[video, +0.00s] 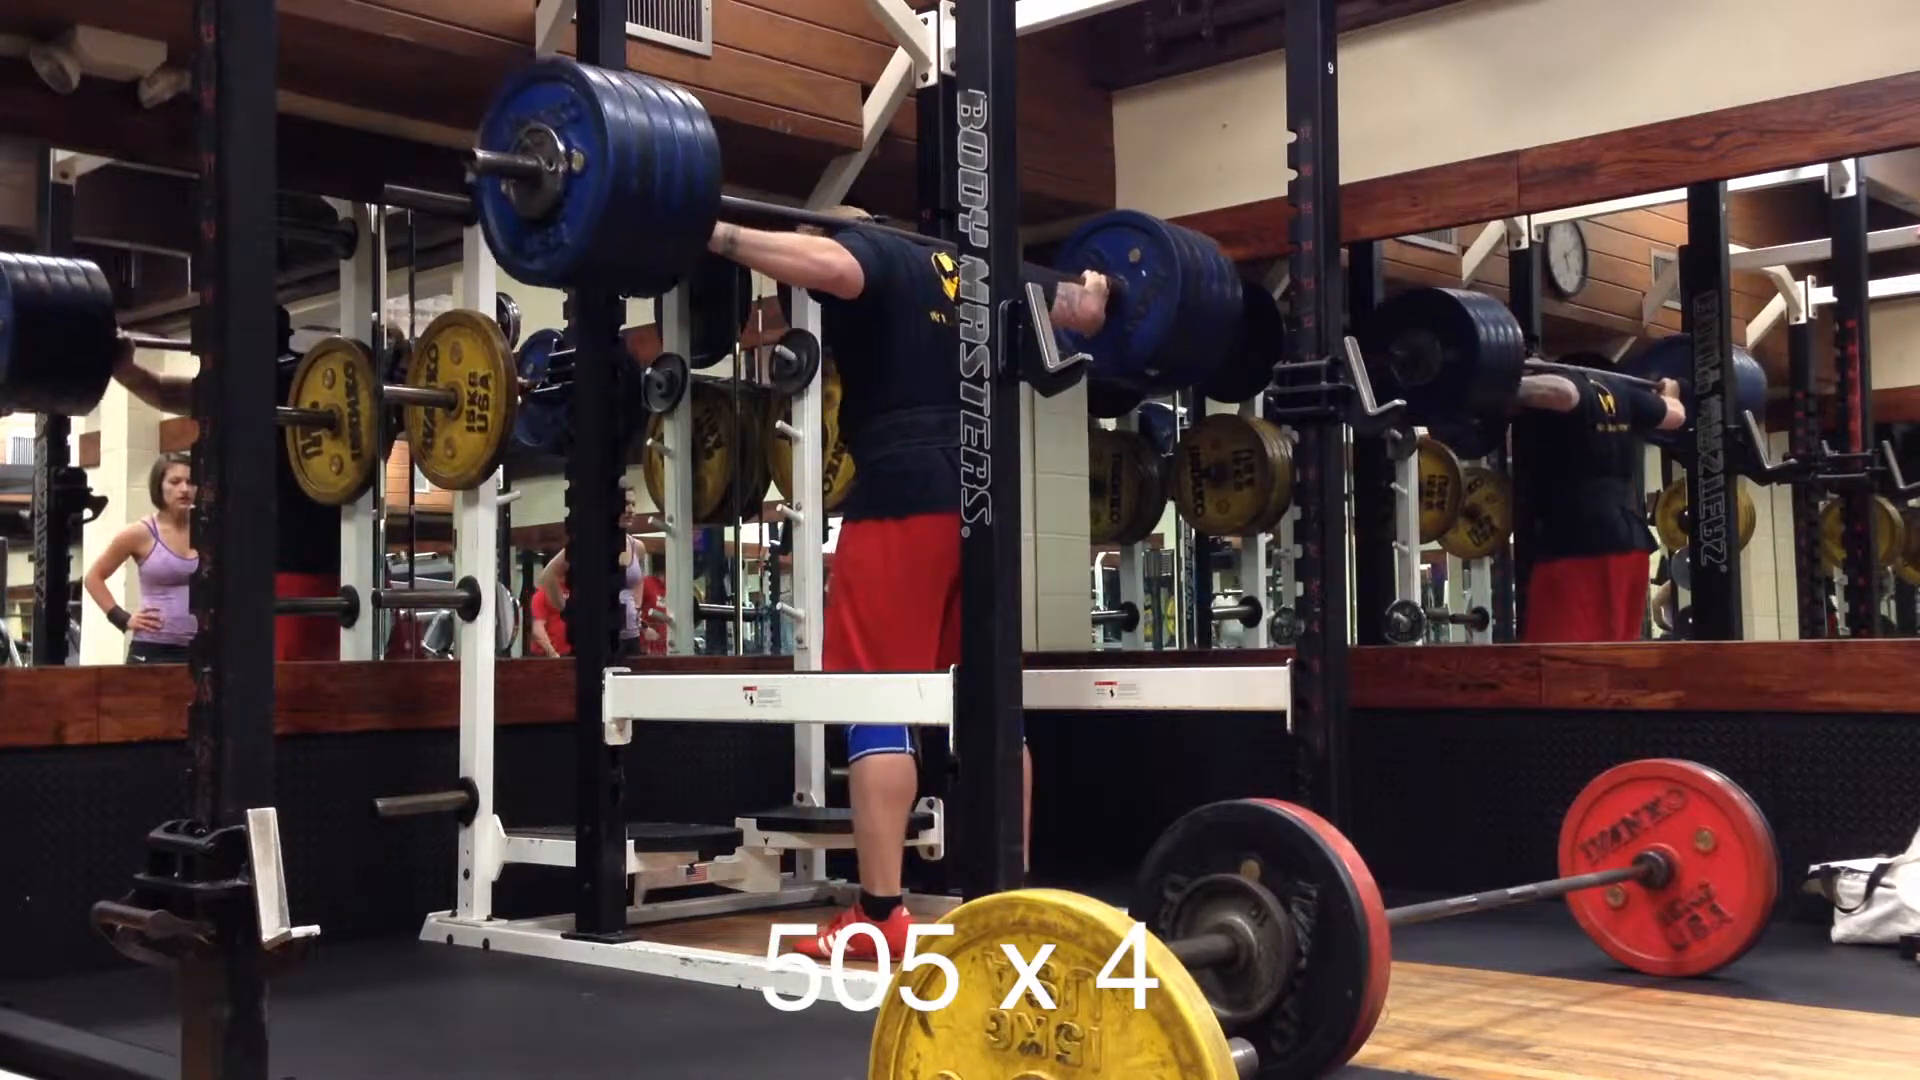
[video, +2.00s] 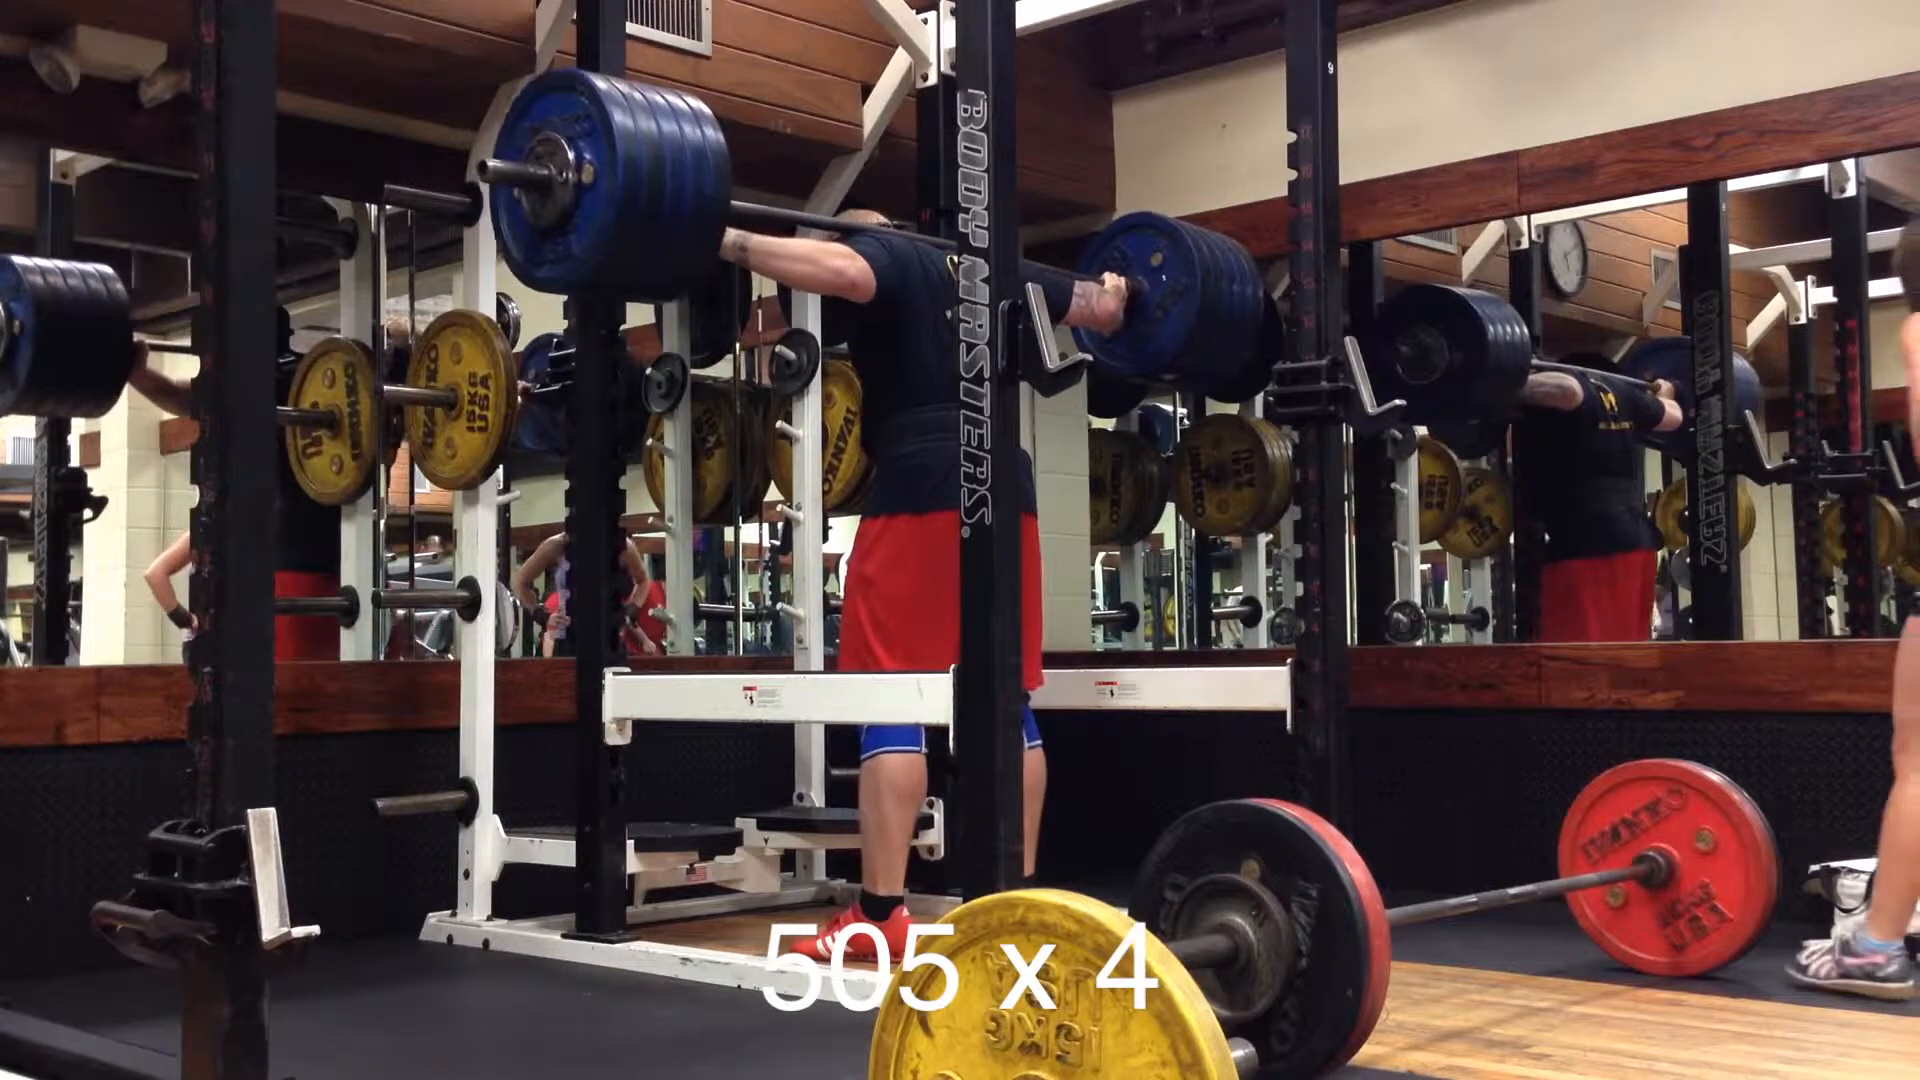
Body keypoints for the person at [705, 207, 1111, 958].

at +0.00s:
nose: (822, 249)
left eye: (822, 239)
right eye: (819, 241)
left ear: (846, 231)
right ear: (906, 223)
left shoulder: (876, 246)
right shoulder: (983, 270)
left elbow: (836, 268)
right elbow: (1081, 309)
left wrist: (720, 235)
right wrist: (1092, 296)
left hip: (907, 500)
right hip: (998, 498)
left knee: (877, 706)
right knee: (994, 706)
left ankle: (880, 911)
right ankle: (1010, 895)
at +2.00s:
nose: (835, 254)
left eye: (833, 245)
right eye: (833, 247)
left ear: (856, 240)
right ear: (902, 226)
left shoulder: (886, 252)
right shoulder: (989, 268)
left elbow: (846, 270)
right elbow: (1098, 307)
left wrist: (730, 241)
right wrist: (1114, 291)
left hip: (918, 498)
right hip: (1007, 498)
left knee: (893, 709)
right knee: (1011, 711)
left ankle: (882, 909)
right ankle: (1016, 901)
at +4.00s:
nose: (832, 250)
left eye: (831, 241)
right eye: (830, 242)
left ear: (853, 235)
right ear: (902, 223)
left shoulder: (878, 249)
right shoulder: (987, 266)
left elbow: (840, 270)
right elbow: (1097, 308)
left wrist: (724, 239)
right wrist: (1120, 289)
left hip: (916, 500)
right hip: (1002, 501)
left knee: (897, 707)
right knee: (1007, 710)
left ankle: (882, 910)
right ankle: (1013, 904)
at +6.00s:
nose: (843, 312)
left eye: (844, 299)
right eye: (843, 301)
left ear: (865, 287)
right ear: (910, 279)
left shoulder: (875, 316)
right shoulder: (977, 327)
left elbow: (834, 344)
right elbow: (1092, 356)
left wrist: (716, 318)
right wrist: (1113, 347)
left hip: (953, 535)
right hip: (1052, 536)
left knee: (842, 704)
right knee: (1004, 717)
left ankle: (875, 911)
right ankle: (1014, 899)